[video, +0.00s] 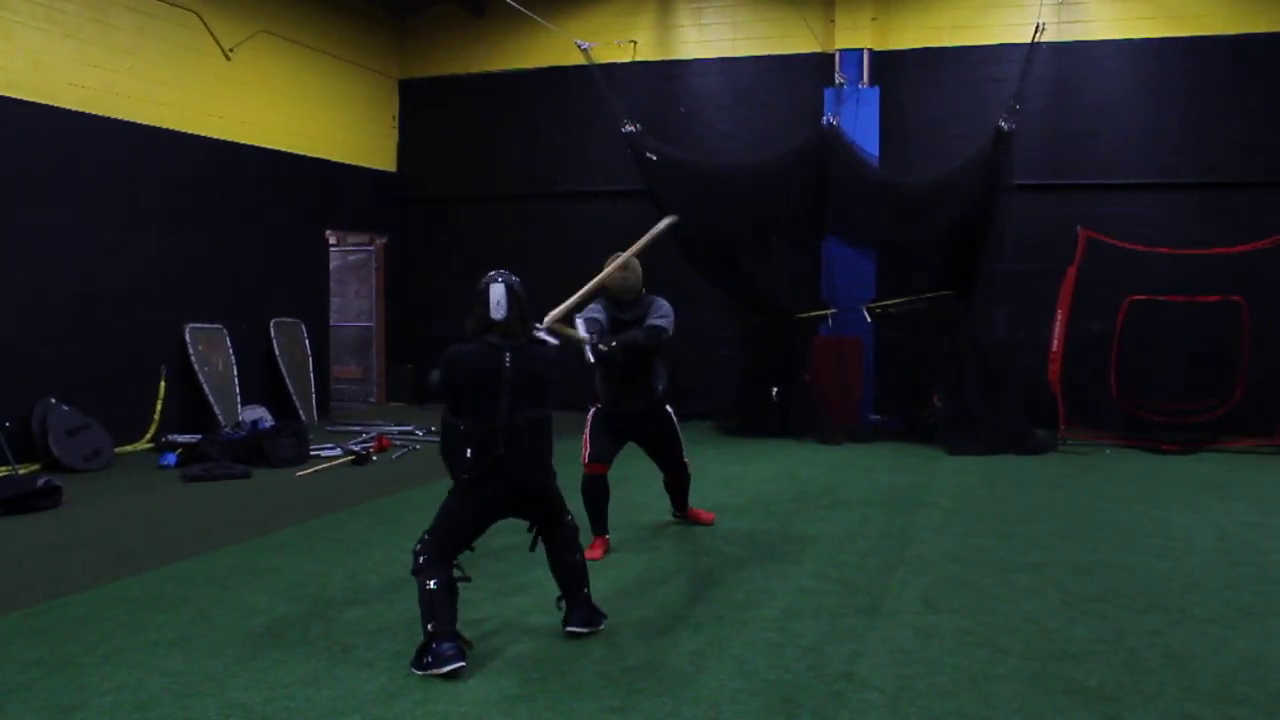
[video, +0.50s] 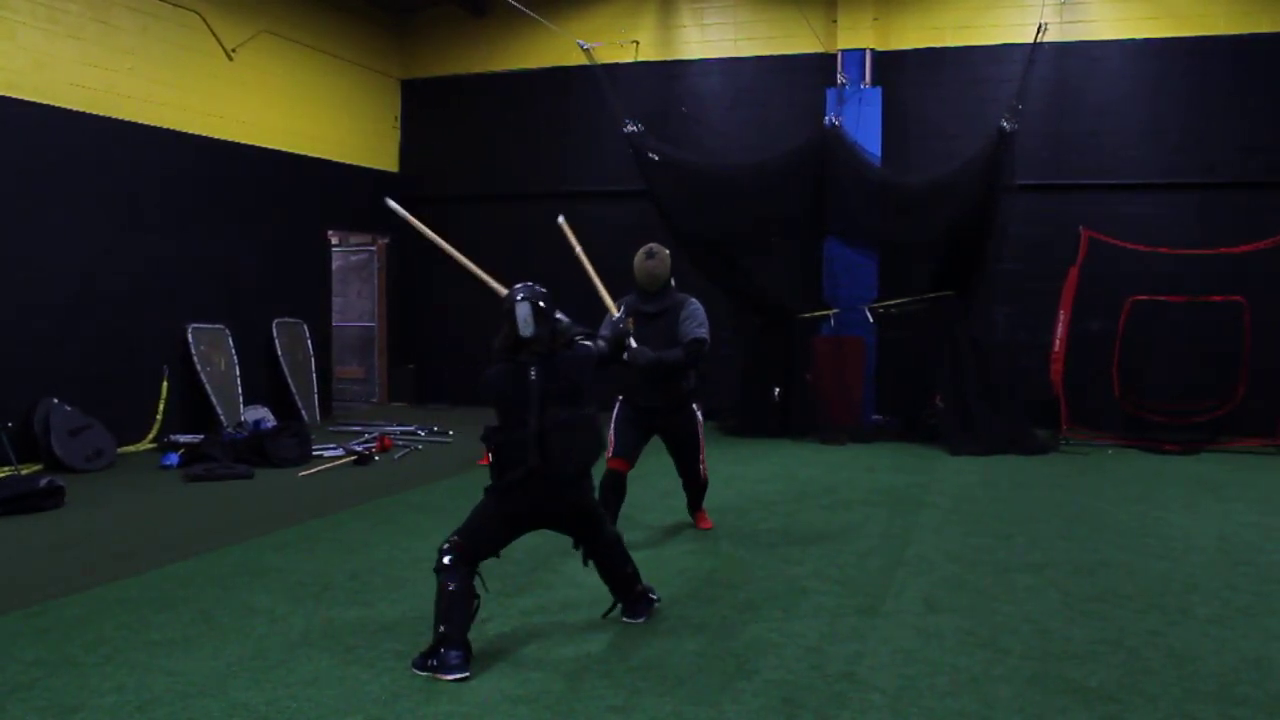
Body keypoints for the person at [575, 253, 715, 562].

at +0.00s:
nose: (625, 271)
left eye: (629, 266)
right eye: (617, 268)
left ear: (639, 277)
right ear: (605, 282)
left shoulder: (657, 306)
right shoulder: (595, 311)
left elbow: (657, 334)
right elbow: (589, 332)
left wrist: (617, 344)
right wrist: (597, 343)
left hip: (651, 407)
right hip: (609, 410)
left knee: (677, 468)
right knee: (593, 474)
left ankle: (682, 510)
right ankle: (599, 536)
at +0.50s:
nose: (649, 277)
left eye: (654, 272)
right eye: (645, 272)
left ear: (665, 275)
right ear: (636, 276)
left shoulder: (687, 307)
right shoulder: (623, 309)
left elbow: (696, 350)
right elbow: (601, 353)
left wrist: (651, 358)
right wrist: (616, 339)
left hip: (678, 401)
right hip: (634, 402)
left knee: (695, 472)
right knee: (616, 469)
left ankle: (697, 510)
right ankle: (603, 531)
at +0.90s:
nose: (686, 268)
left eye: (692, 263)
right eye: (682, 262)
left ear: (702, 266)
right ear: (673, 264)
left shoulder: (716, 300)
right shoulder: (652, 296)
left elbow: (720, 345)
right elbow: (628, 328)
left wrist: (675, 361)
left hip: (699, 387)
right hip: (658, 386)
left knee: (708, 451)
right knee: (640, 446)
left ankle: (696, 509)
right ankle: (640, 503)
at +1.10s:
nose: (677, 281)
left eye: (684, 275)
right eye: (674, 274)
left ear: (695, 277)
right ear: (667, 274)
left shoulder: (709, 306)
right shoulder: (651, 301)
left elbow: (714, 348)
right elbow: (634, 338)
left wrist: (670, 358)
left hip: (695, 389)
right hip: (656, 389)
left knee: (708, 450)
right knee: (640, 447)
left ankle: (697, 509)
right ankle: (632, 498)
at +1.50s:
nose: (659, 277)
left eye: (664, 272)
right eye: (655, 272)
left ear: (674, 274)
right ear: (650, 273)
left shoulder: (691, 302)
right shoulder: (633, 295)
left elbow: (690, 341)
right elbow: (616, 329)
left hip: (682, 382)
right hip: (643, 380)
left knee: (689, 441)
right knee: (643, 439)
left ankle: (691, 504)